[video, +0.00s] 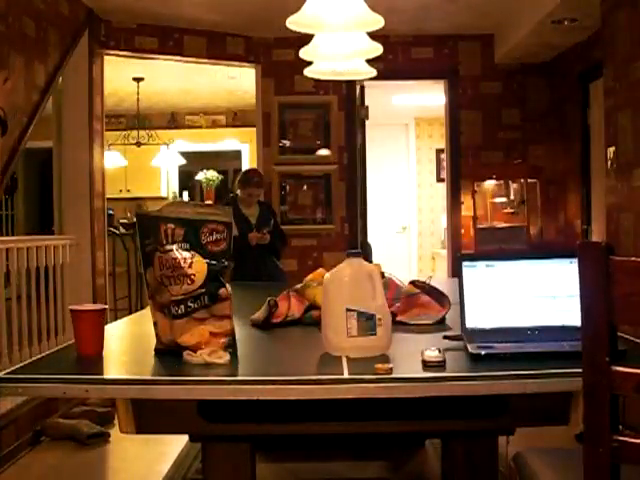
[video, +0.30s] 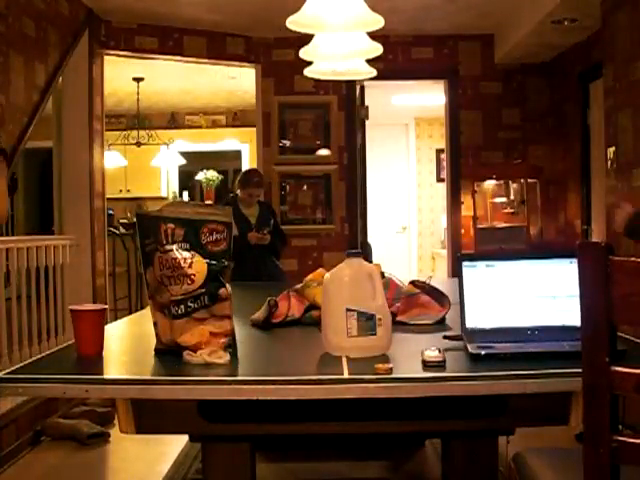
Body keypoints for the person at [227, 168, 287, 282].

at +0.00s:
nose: (253, 200)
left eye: (257, 196)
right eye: (249, 195)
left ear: (262, 192)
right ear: (240, 190)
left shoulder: (266, 209)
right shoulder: (229, 208)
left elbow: (282, 239)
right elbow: (224, 243)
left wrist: (269, 239)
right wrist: (246, 240)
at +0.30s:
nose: (253, 200)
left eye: (257, 196)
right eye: (249, 195)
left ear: (262, 192)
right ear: (240, 190)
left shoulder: (266, 208)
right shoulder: (229, 208)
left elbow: (282, 240)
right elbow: (224, 244)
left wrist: (269, 240)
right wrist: (247, 239)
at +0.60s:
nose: (253, 200)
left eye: (257, 196)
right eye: (249, 195)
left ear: (262, 192)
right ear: (240, 190)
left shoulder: (266, 208)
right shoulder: (229, 208)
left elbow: (282, 240)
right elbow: (224, 244)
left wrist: (269, 239)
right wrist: (246, 239)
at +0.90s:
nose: (253, 200)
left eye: (257, 196)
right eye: (249, 196)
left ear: (262, 192)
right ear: (239, 190)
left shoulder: (266, 208)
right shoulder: (229, 208)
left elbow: (281, 239)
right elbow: (224, 244)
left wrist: (269, 239)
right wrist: (246, 239)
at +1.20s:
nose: (253, 200)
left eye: (258, 196)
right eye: (249, 195)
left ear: (262, 192)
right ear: (239, 189)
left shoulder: (266, 208)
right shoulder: (229, 208)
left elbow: (282, 240)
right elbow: (224, 244)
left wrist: (269, 239)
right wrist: (246, 239)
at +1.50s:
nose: (254, 199)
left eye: (257, 195)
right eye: (250, 194)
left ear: (261, 192)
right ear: (239, 189)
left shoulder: (266, 208)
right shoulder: (229, 208)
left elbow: (282, 239)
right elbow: (225, 245)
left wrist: (269, 239)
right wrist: (246, 240)